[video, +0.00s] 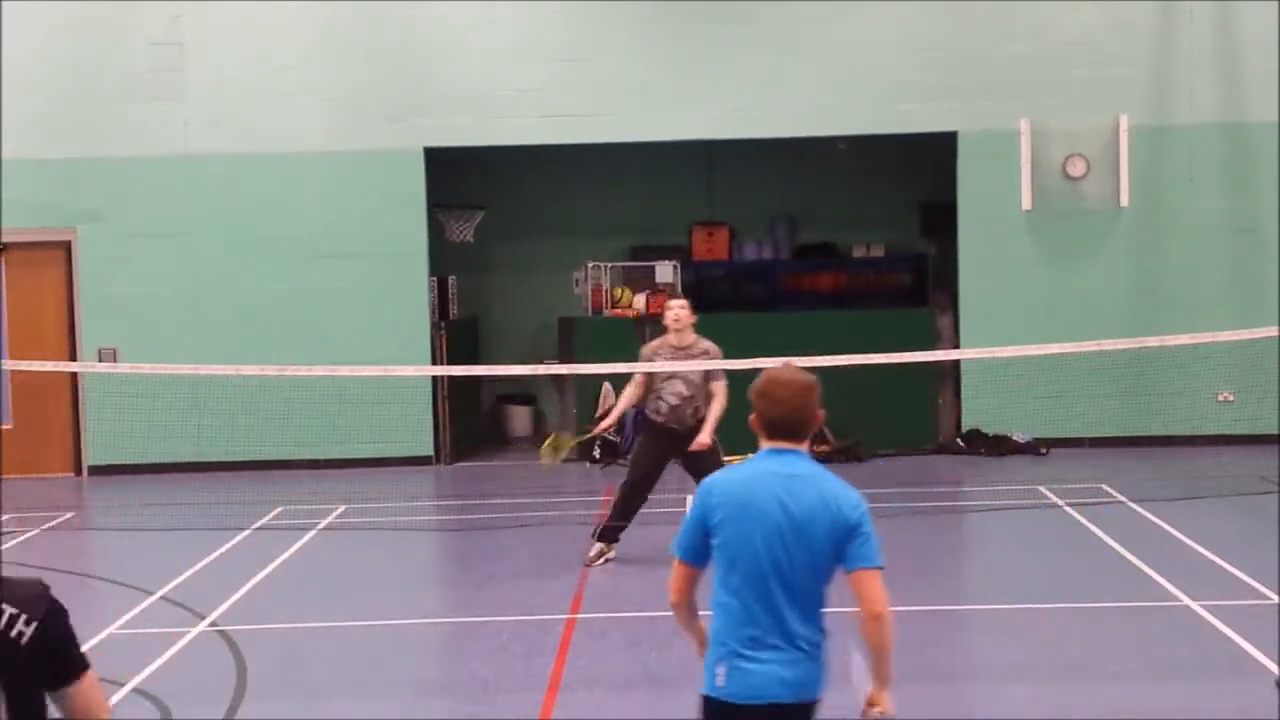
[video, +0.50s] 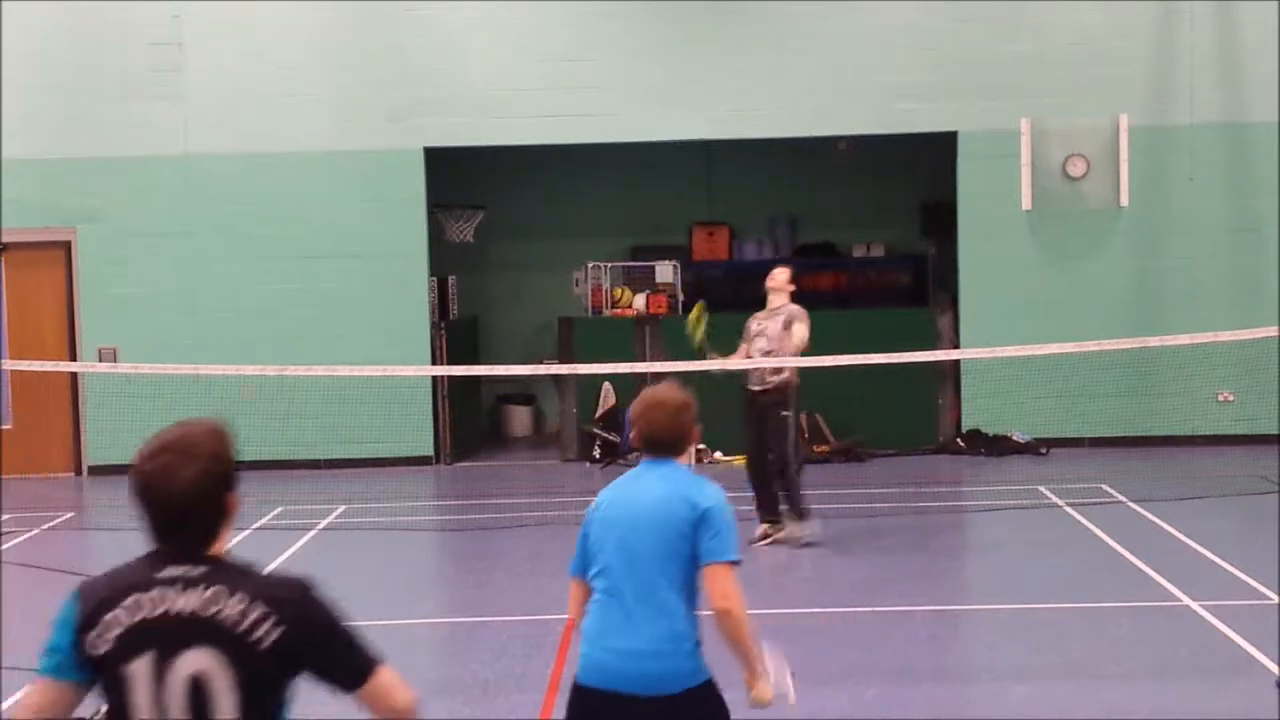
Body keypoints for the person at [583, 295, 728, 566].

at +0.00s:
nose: (676, 314)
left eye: (682, 309)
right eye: (671, 309)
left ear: (693, 316)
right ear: (663, 317)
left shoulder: (709, 352)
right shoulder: (651, 351)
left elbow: (719, 395)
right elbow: (636, 386)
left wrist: (707, 432)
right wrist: (613, 416)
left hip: (696, 433)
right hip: (657, 432)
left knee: (720, 491)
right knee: (635, 486)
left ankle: (734, 546)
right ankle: (605, 541)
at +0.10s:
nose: (700, 308)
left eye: (706, 304)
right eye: (696, 304)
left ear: (719, 312)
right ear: (690, 312)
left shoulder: (733, 348)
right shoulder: (679, 345)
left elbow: (740, 392)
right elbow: (668, 378)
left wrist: (727, 427)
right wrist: (644, 397)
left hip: (717, 428)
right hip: (681, 426)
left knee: (722, 484)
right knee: (655, 476)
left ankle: (725, 541)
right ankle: (626, 532)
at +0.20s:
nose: (721, 301)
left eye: (728, 297)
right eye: (718, 297)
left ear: (739, 309)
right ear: (712, 307)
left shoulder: (751, 342)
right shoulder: (699, 339)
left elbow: (760, 381)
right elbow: (690, 373)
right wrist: (674, 376)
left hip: (742, 411)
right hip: (706, 408)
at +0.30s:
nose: (737, 294)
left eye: (744, 292)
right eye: (735, 291)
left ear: (756, 303)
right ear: (730, 299)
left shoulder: (768, 335)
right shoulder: (718, 335)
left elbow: (782, 378)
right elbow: (701, 368)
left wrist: (789, 422)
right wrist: (683, 351)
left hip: (755, 408)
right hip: (719, 407)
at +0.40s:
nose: (754, 280)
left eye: (761, 277)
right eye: (752, 277)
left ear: (773, 289)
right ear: (748, 287)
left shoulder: (781, 319)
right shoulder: (736, 322)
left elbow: (800, 357)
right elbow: (719, 354)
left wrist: (804, 395)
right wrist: (702, 345)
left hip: (768, 395)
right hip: (740, 396)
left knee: (764, 454)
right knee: (728, 451)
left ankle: (766, 508)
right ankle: (730, 506)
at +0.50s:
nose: (771, 277)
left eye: (778, 274)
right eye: (771, 273)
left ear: (790, 286)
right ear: (767, 283)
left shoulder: (796, 313)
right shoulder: (755, 320)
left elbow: (798, 341)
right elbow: (742, 357)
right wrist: (718, 362)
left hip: (781, 388)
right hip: (756, 391)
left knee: (783, 454)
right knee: (757, 457)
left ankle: (796, 518)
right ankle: (769, 520)